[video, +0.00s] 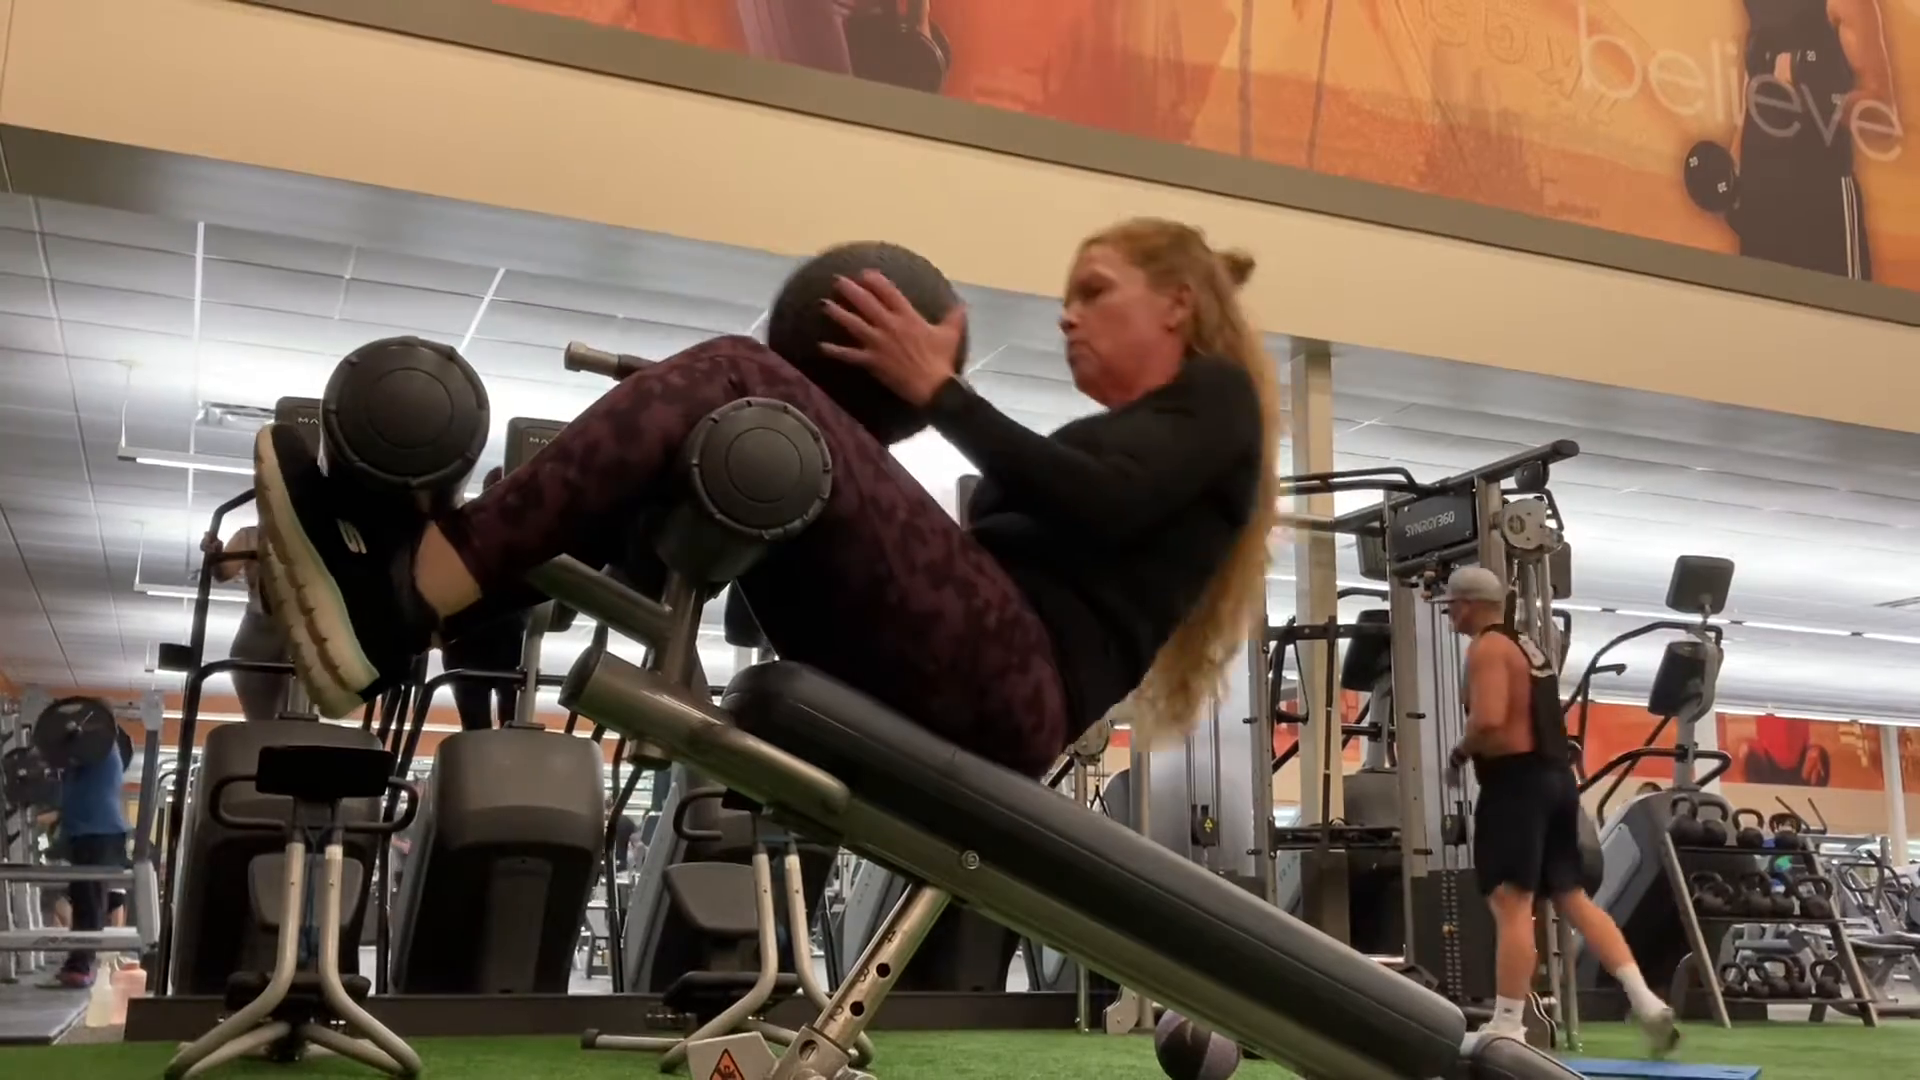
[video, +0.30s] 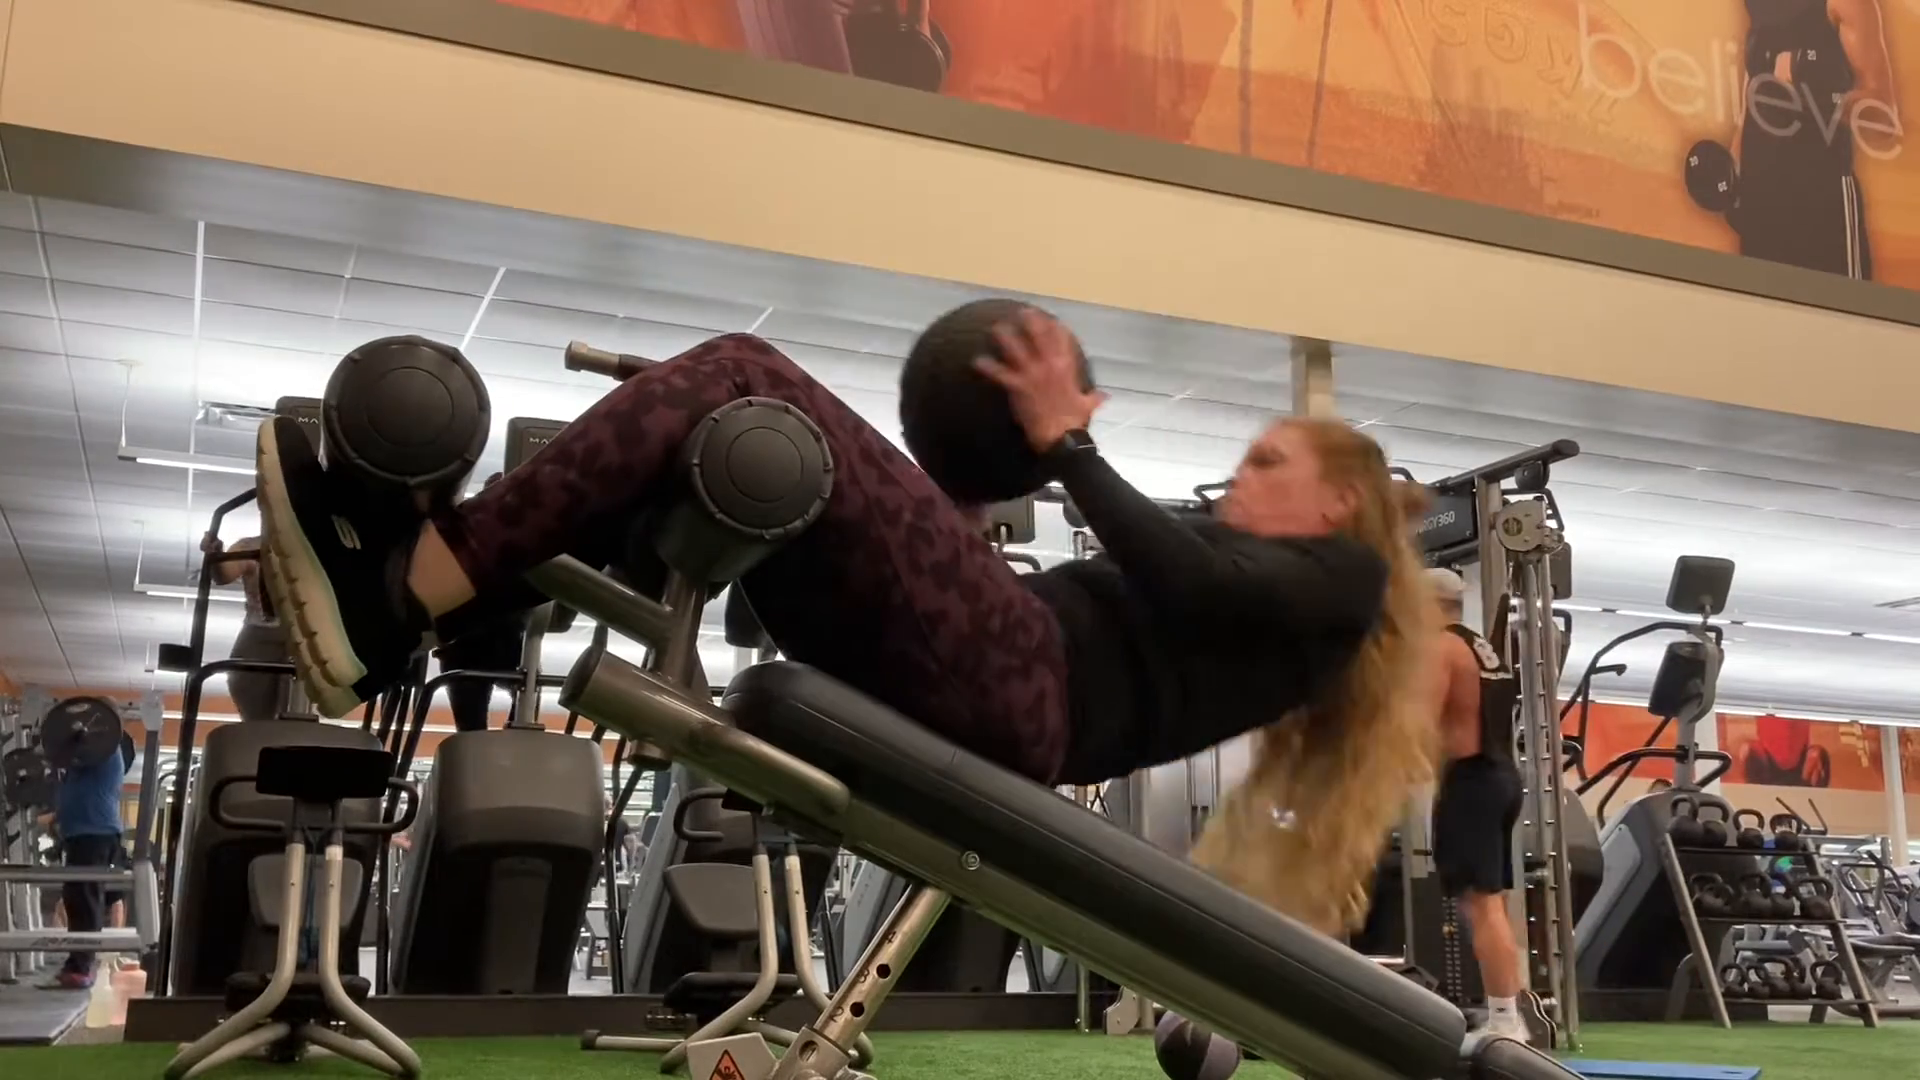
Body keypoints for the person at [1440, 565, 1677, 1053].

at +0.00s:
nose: (1450, 613)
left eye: (1455, 605)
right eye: (1451, 605)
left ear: (1476, 607)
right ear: (1492, 606)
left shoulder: (1489, 647)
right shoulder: (1522, 647)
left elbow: (1488, 719)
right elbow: (1536, 724)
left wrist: (1462, 748)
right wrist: (1482, 741)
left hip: (1516, 784)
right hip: (1554, 782)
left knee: (1511, 904)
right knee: (1573, 899)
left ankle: (1507, 1027)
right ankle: (1647, 1004)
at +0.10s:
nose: (1435, 611)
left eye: (1438, 604)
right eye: (1436, 604)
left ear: (1455, 605)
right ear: (1480, 604)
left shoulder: (1470, 646)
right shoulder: (1510, 647)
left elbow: (1460, 719)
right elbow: (1524, 720)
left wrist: (1433, 748)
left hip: (1495, 784)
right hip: (1533, 781)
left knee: (1501, 904)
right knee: (1539, 896)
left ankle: (1506, 1028)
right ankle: (1615, 997)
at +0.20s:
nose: (1423, 613)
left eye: (1425, 605)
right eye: (1424, 605)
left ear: (1438, 606)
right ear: (1469, 605)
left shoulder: (1454, 647)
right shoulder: (1498, 646)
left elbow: (1440, 718)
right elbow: (1502, 720)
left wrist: (1419, 740)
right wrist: (1445, 742)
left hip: (1482, 785)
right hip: (1514, 781)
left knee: (1491, 907)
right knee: (1510, 901)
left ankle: (1505, 1028)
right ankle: (1564, 1003)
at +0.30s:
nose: (1416, 616)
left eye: (1420, 607)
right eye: (1419, 607)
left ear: (1434, 607)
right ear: (1456, 607)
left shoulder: (1441, 646)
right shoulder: (1479, 647)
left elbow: (1425, 722)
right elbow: (1492, 721)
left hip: (1469, 776)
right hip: (1500, 773)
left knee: (1480, 902)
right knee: (1490, 900)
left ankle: (1505, 1019)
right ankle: (1511, 1008)